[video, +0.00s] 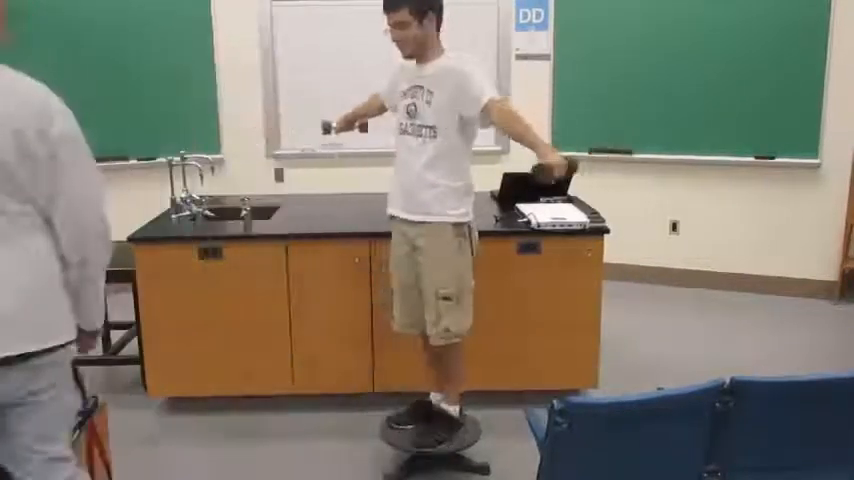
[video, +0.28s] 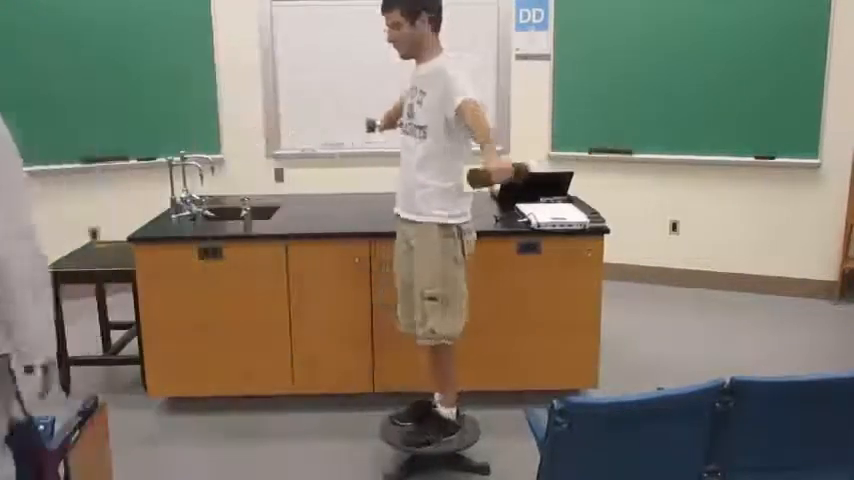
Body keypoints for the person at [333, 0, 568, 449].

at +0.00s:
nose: (395, 35)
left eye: (402, 26)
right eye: (391, 27)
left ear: (431, 23)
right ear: (392, 28)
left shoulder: (459, 74)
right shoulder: (403, 74)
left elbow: (501, 113)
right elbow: (378, 103)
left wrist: (545, 151)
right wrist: (351, 118)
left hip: (446, 217)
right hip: (406, 214)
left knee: (446, 323)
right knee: (421, 319)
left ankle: (452, 414)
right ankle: (437, 401)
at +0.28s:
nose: (389, 35)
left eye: (395, 26)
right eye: (387, 27)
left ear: (426, 22)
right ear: (414, 24)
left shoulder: (446, 74)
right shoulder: (416, 76)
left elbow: (473, 112)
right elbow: (405, 107)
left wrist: (491, 154)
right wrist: (387, 120)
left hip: (441, 219)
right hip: (413, 216)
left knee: (440, 324)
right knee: (424, 321)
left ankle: (449, 414)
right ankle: (441, 402)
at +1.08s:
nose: (394, 32)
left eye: (394, 23)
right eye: (395, 23)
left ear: (402, 22)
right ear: (437, 22)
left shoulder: (399, 74)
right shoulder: (467, 72)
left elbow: (347, 120)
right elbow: (512, 105)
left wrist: (287, 156)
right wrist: (546, 121)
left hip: (416, 222)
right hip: (458, 218)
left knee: (420, 326)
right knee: (451, 322)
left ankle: (423, 417)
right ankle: (449, 410)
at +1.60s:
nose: (465, 37)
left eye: (465, 29)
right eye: (466, 29)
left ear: (423, 24)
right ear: (458, 26)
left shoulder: (395, 79)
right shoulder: (456, 81)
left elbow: (384, 160)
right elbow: (468, 165)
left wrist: (395, 208)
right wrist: (487, 226)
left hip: (400, 221)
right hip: (441, 225)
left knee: (410, 322)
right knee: (433, 326)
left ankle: (410, 406)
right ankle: (425, 415)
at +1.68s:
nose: (465, 37)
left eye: (465, 29)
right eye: (466, 29)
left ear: (423, 24)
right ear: (458, 26)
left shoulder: (396, 79)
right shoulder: (456, 81)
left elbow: (384, 159)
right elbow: (468, 164)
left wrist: (395, 207)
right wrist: (487, 226)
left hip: (400, 220)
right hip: (441, 225)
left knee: (410, 322)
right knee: (433, 326)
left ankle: (410, 406)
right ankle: (425, 415)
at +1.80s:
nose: (477, 37)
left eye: (478, 28)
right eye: (473, 27)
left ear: (444, 25)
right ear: (448, 23)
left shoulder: (428, 74)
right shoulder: (432, 78)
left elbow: (426, 155)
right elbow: (424, 155)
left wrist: (445, 220)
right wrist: (435, 226)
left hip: (426, 223)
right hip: (435, 226)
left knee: (428, 324)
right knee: (441, 325)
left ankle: (425, 402)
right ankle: (420, 410)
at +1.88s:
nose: (477, 37)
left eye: (478, 28)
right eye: (473, 27)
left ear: (444, 25)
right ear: (449, 23)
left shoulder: (428, 74)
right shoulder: (431, 78)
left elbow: (426, 155)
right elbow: (424, 155)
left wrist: (445, 220)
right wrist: (435, 226)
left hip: (426, 223)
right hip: (435, 226)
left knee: (428, 324)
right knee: (441, 325)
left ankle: (425, 402)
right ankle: (420, 410)